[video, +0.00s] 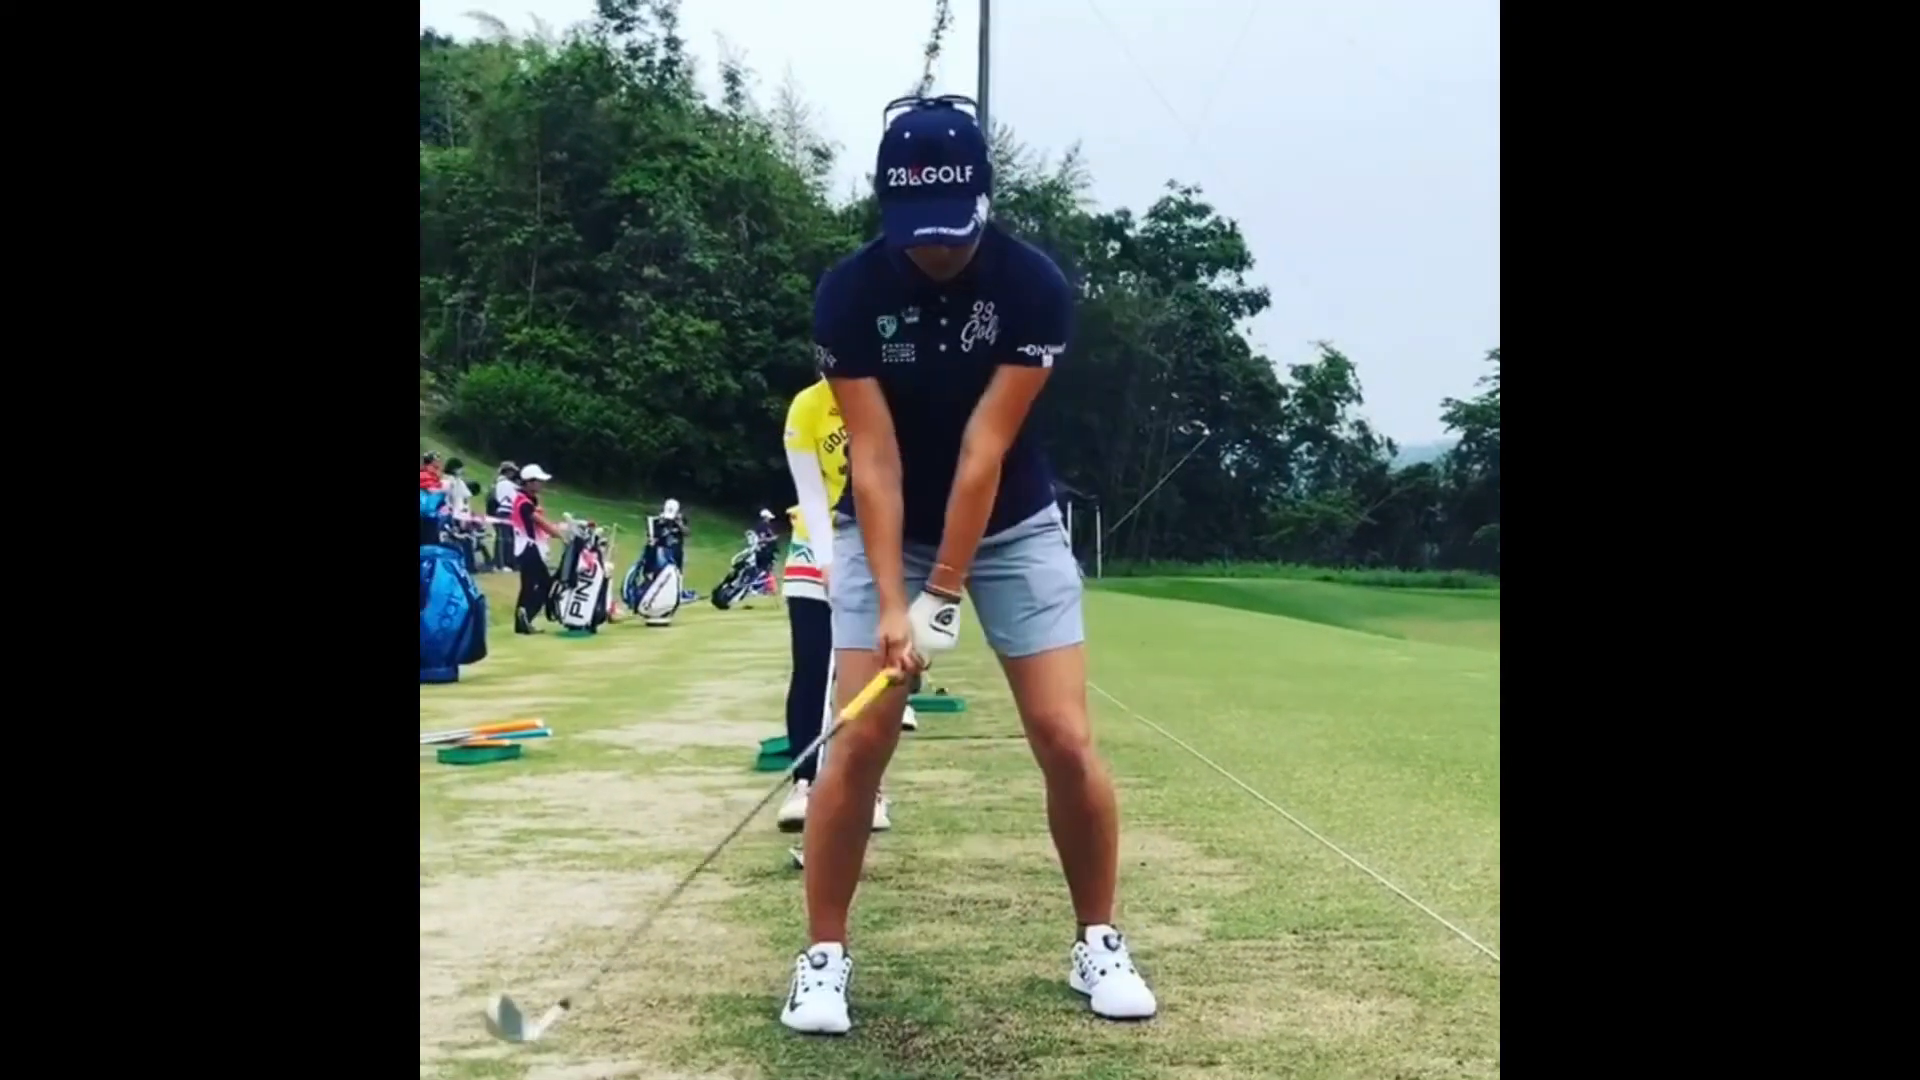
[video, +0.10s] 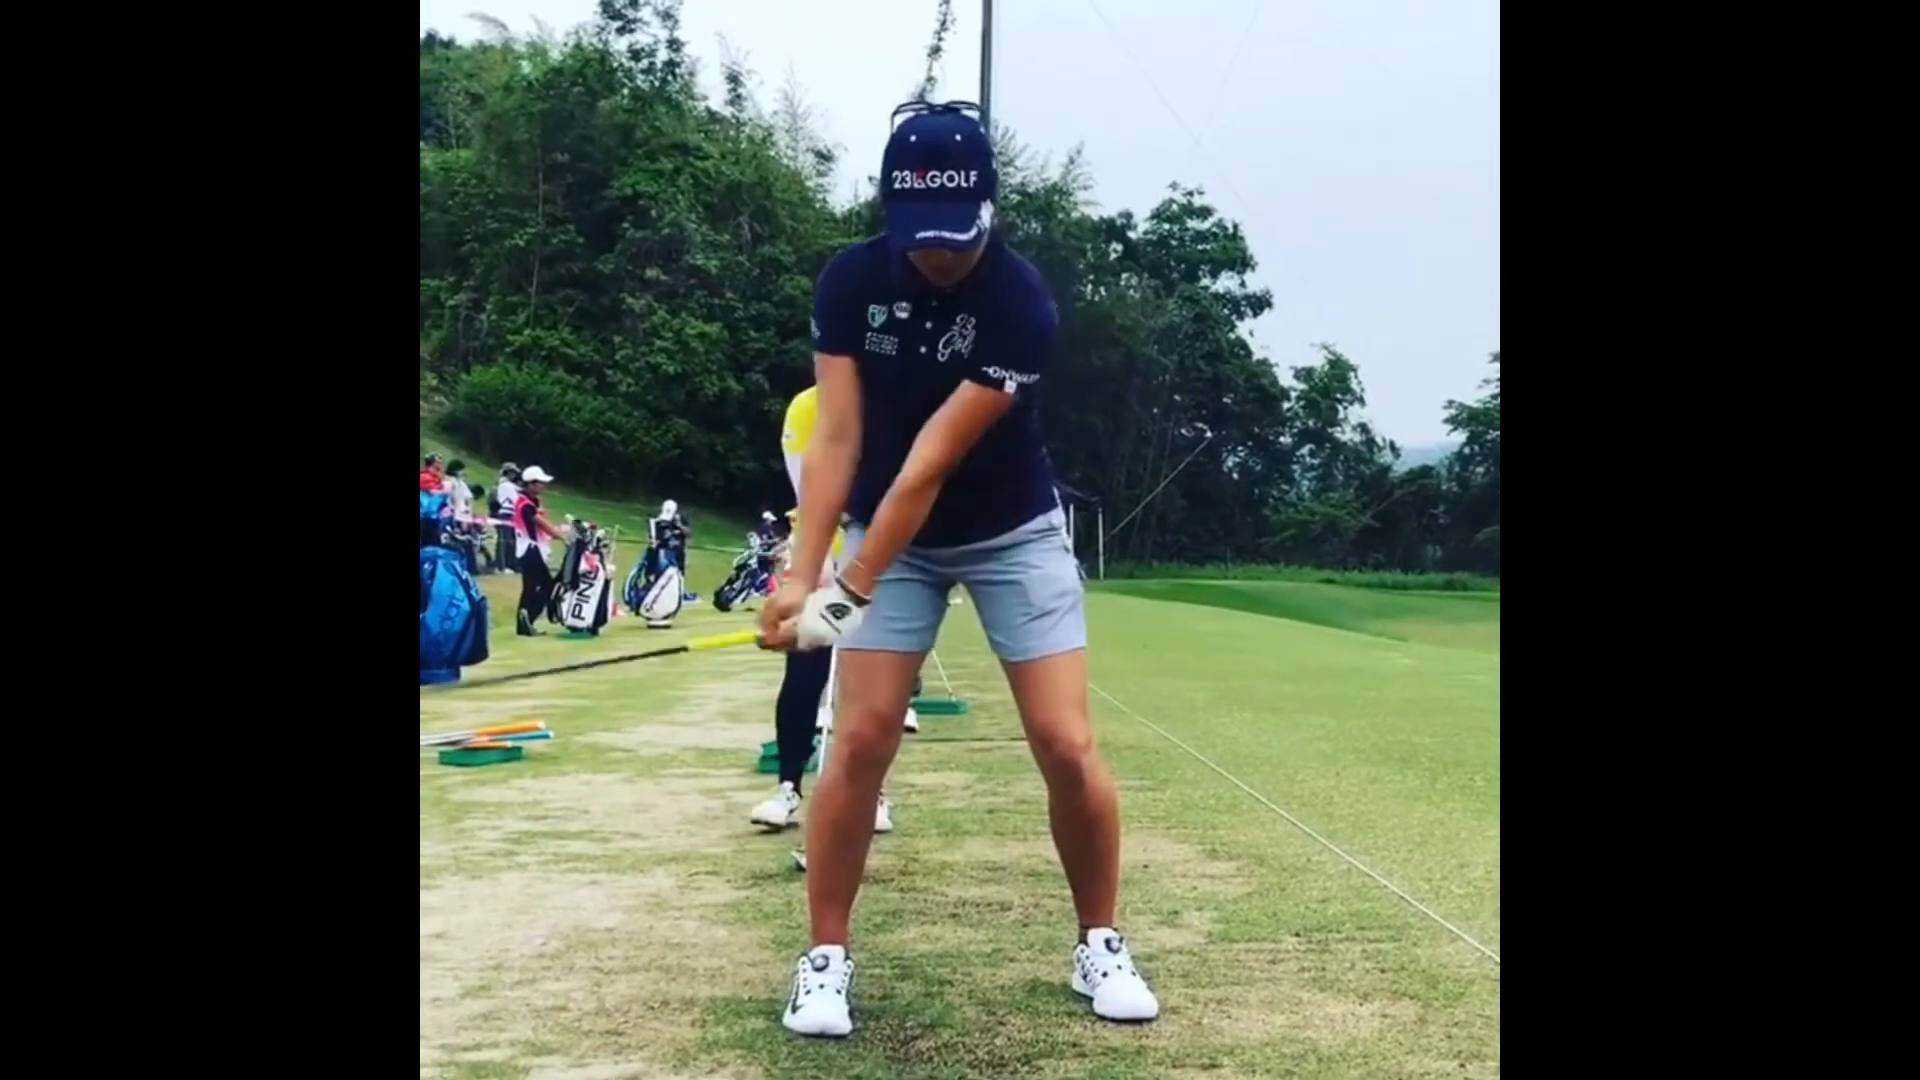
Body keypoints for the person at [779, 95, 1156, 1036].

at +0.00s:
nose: (939, 243)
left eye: (956, 223)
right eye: (920, 225)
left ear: (985, 199)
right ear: (890, 204)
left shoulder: (1036, 287)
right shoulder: (847, 293)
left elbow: (984, 451)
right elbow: (873, 454)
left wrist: (945, 590)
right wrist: (889, 598)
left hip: (1014, 528)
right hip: (888, 532)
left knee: (1066, 739)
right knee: (855, 745)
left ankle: (1100, 942)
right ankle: (824, 954)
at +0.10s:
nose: (940, 250)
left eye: (957, 231)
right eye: (922, 232)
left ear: (987, 206)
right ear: (892, 207)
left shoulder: (1020, 305)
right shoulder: (849, 282)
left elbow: (926, 471)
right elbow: (833, 438)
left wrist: (845, 592)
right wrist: (802, 572)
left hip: (1015, 536)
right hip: (893, 540)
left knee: (1067, 747)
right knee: (862, 739)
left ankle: (1101, 945)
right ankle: (825, 957)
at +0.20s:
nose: (944, 253)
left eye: (962, 234)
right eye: (927, 234)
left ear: (992, 214)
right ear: (898, 210)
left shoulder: (1003, 321)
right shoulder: (867, 264)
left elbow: (849, 439)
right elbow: (802, 388)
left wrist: (738, 526)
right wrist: (707, 496)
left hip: (1017, 539)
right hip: (893, 539)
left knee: (1068, 754)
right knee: (865, 737)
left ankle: (1103, 945)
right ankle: (828, 957)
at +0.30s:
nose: (938, 255)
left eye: (958, 237)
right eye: (922, 235)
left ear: (993, 217)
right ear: (897, 210)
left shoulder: (987, 323)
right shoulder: (890, 254)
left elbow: (805, 369)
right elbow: (799, 340)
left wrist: (662, 388)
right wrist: (669, 360)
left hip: (1018, 544)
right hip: (897, 542)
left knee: (1066, 761)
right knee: (867, 735)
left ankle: (1103, 946)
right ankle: (828, 958)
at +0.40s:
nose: (933, 254)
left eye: (954, 235)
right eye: (917, 233)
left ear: (989, 218)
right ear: (894, 212)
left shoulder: (979, 317)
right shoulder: (894, 263)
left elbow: (807, 315)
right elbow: (814, 308)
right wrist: (708, 251)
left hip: (1016, 549)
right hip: (895, 543)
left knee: (1062, 769)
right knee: (871, 736)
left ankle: (1103, 950)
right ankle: (829, 960)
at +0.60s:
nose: (938, 260)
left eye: (957, 239)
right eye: (920, 241)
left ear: (998, 217)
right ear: (896, 222)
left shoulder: (992, 316)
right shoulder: (910, 284)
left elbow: (828, 253)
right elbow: (847, 304)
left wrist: (772, 175)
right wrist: (811, 189)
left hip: (1025, 555)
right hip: (908, 548)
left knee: (1063, 777)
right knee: (869, 746)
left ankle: (1099, 952)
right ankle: (825, 962)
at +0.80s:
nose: (981, 281)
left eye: (985, 258)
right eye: (959, 274)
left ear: (994, 219)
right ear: (913, 263)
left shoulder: (1057, 255)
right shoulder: (895, 327)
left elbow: (1063, 416)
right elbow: (931, 475)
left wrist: (1042, 550)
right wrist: (989, 569)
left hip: (1084, 525)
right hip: (974, 542)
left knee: (1117, 725)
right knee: (950, 749)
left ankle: (1108, 953)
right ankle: (830, 959)